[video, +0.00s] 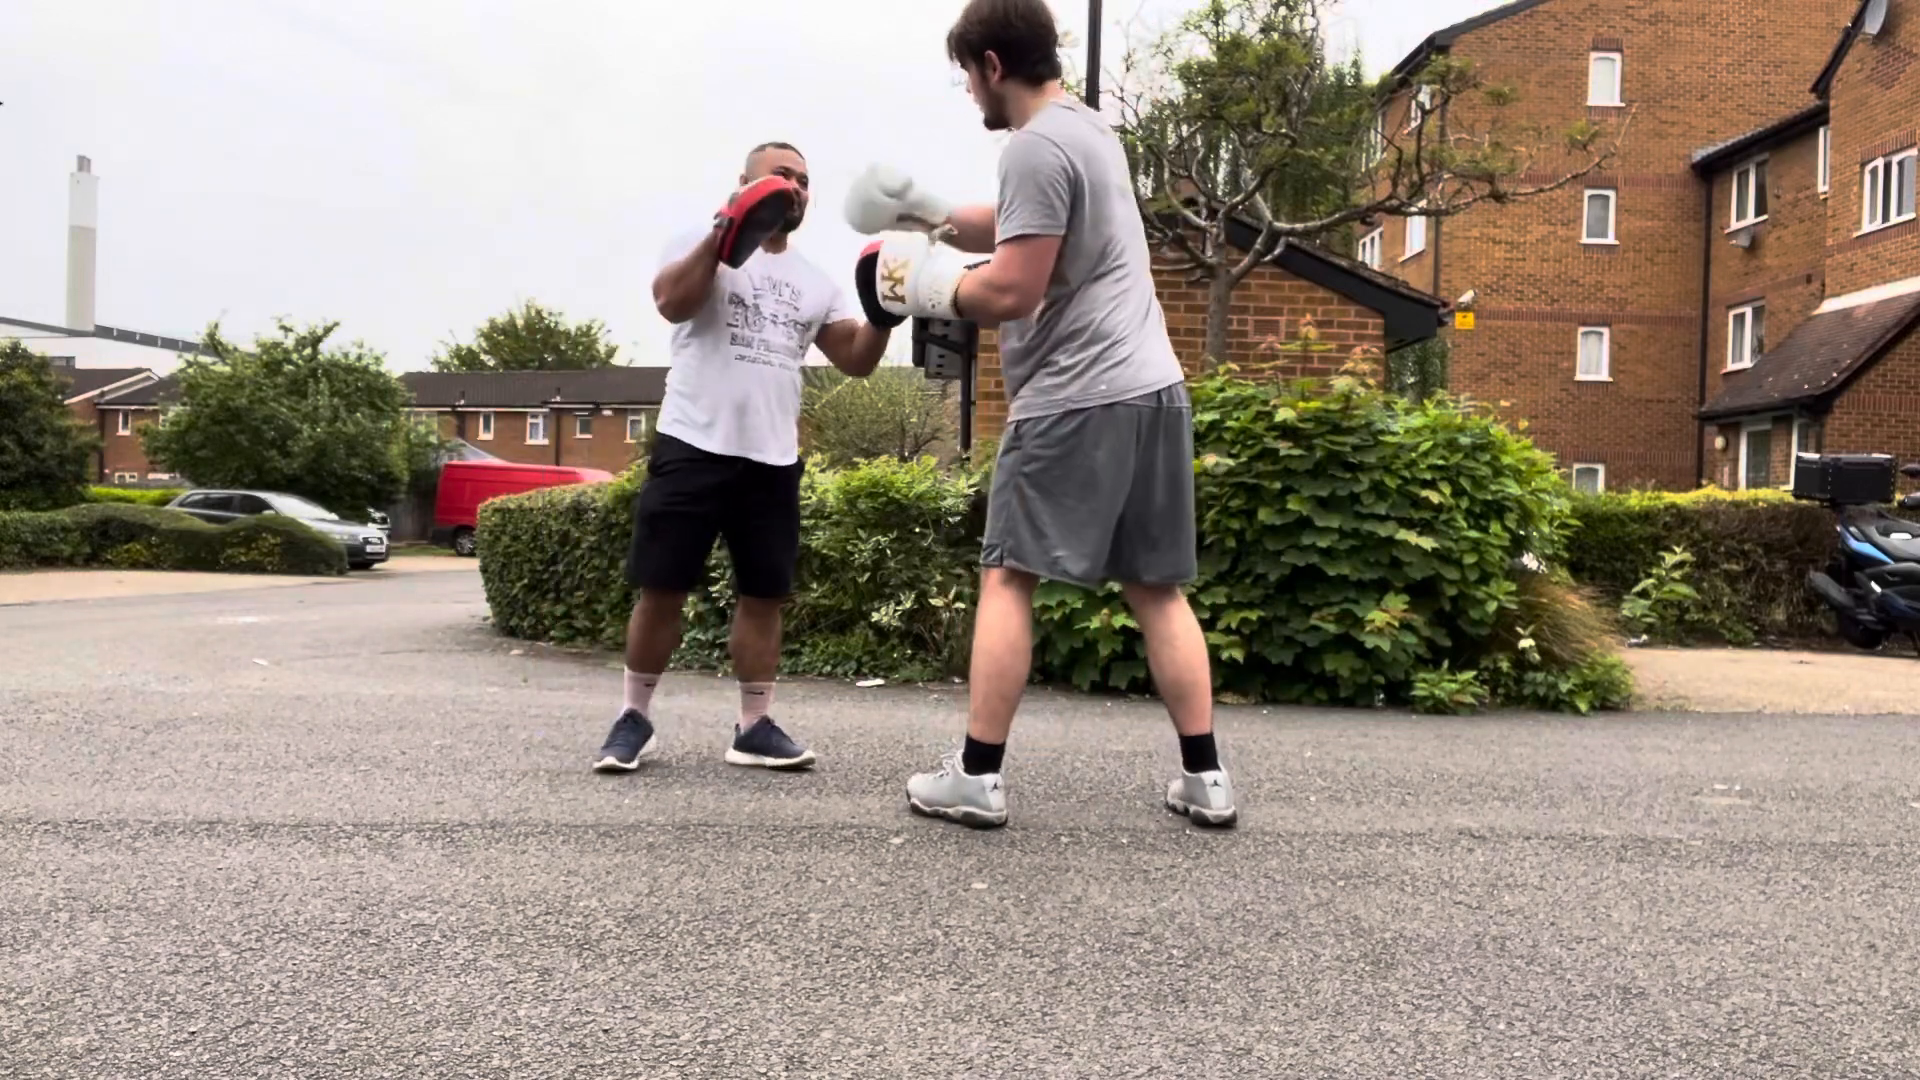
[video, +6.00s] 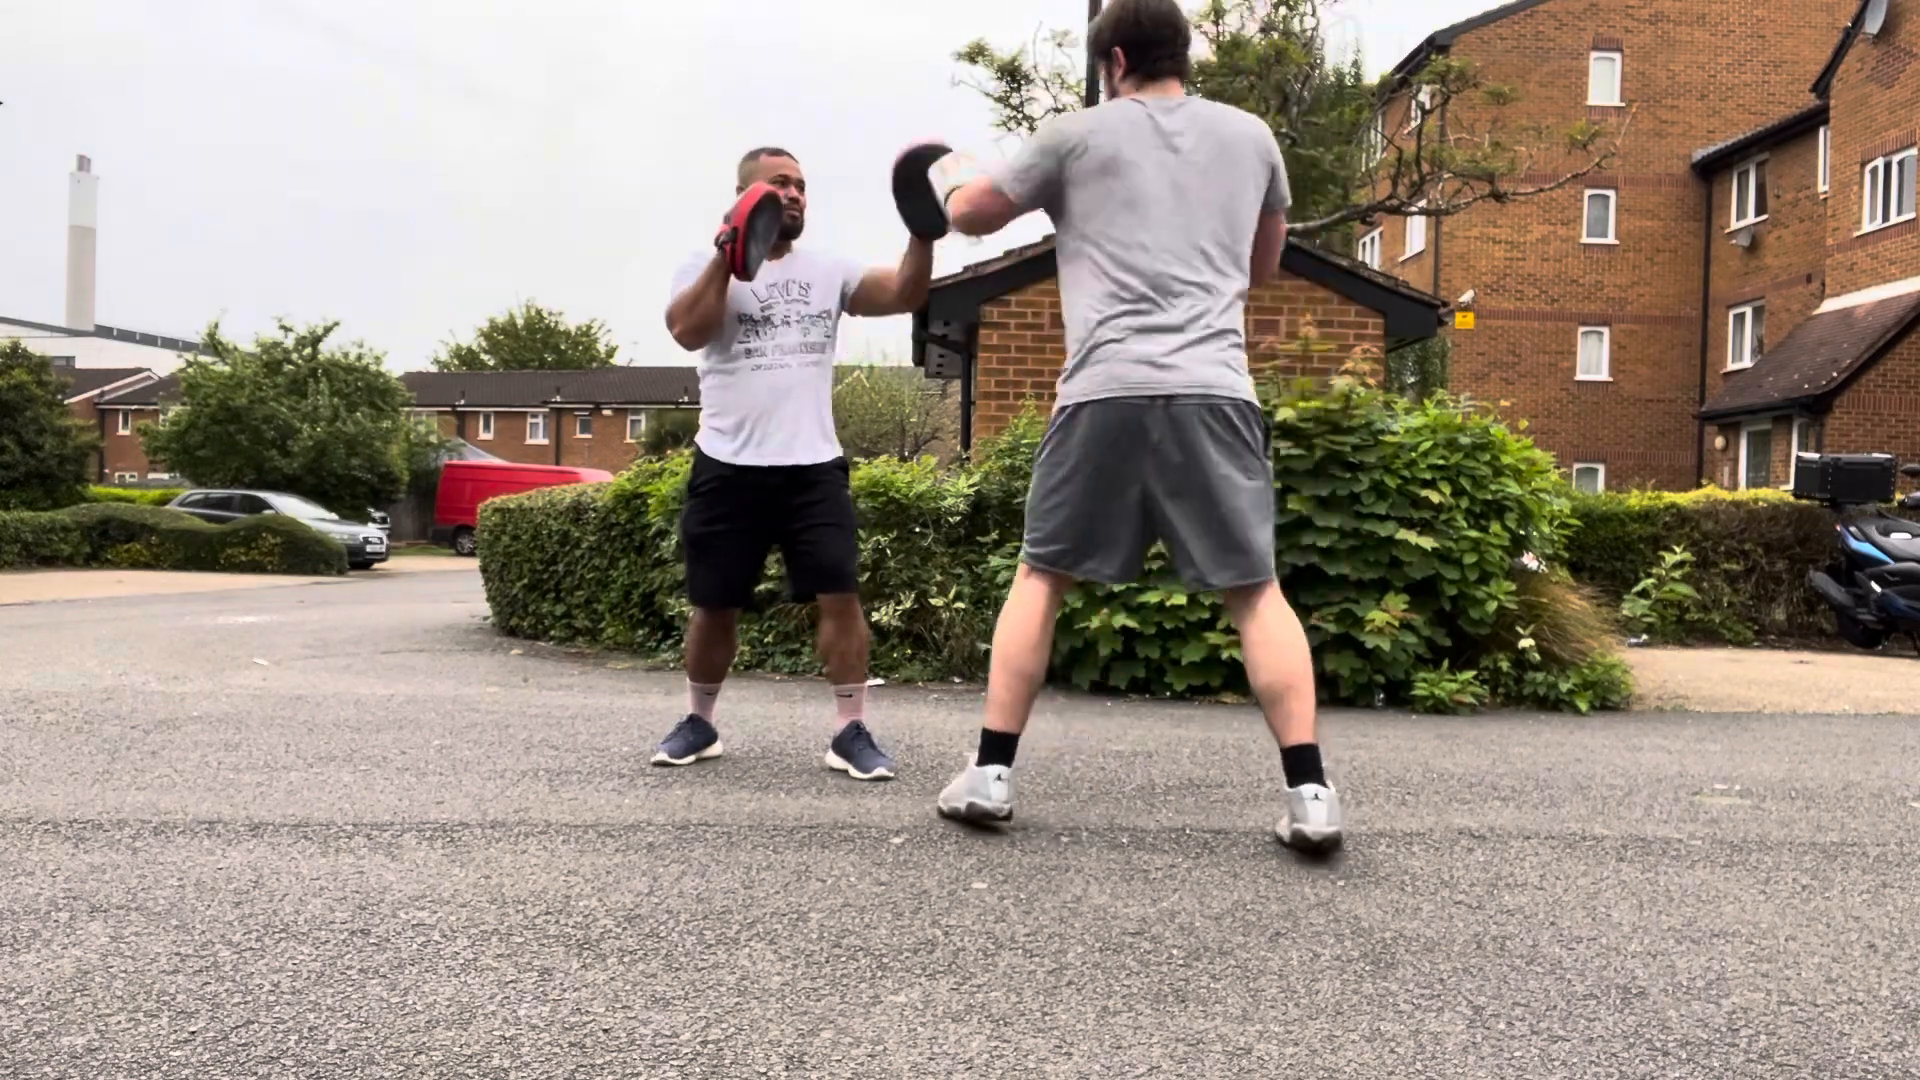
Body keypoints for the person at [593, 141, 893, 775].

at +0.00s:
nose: (794, 188)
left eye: (802, 180)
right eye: (780, 176)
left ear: (809, 198)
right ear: (744, 186)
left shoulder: (814, 280)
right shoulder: (704, 246)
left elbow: (858, 360)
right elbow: (672, 304)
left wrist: (887, 306)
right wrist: (725, 233)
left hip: (771, 454)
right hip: (690, 443)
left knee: (765, 592)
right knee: (661, 586)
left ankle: (755, 724)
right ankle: (634, 717)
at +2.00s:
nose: (767, 187)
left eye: (770, 179)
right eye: (751, 177)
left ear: (776, 195)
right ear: (713, 194)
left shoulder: (802, 268)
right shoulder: (680, 265)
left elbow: (845, 335)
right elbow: (663, 350)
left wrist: (867, 342)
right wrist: (705, 279)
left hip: (791, 459)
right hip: (705, 459)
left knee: (811, 591)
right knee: (687, 599)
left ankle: (829, 727)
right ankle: (665, 721)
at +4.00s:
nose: (812, 187)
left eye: (820, 180)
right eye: (797, 175)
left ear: (828, 199)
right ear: (760, 192)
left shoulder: (851, 269)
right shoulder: (727, 264)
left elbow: (929, 309)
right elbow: (694, 336)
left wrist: (944, 245)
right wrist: (751, 275)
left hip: (823, 469)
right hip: (735, 466)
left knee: (847, 591)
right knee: (702, 602)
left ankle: (847, 731)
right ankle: (666, 721)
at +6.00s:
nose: (792, 193)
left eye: (799, 185)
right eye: (777, 183)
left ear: (807, 200)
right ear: (743, 197)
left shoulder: (827, 268)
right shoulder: (705, 266)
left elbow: (905, 292)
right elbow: (688, 333)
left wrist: (923, 225)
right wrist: (727, 257)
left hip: (813, 464)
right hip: (727, 465)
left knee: (839, 590)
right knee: (712, 601)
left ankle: (851, 728)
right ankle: (699, 721)